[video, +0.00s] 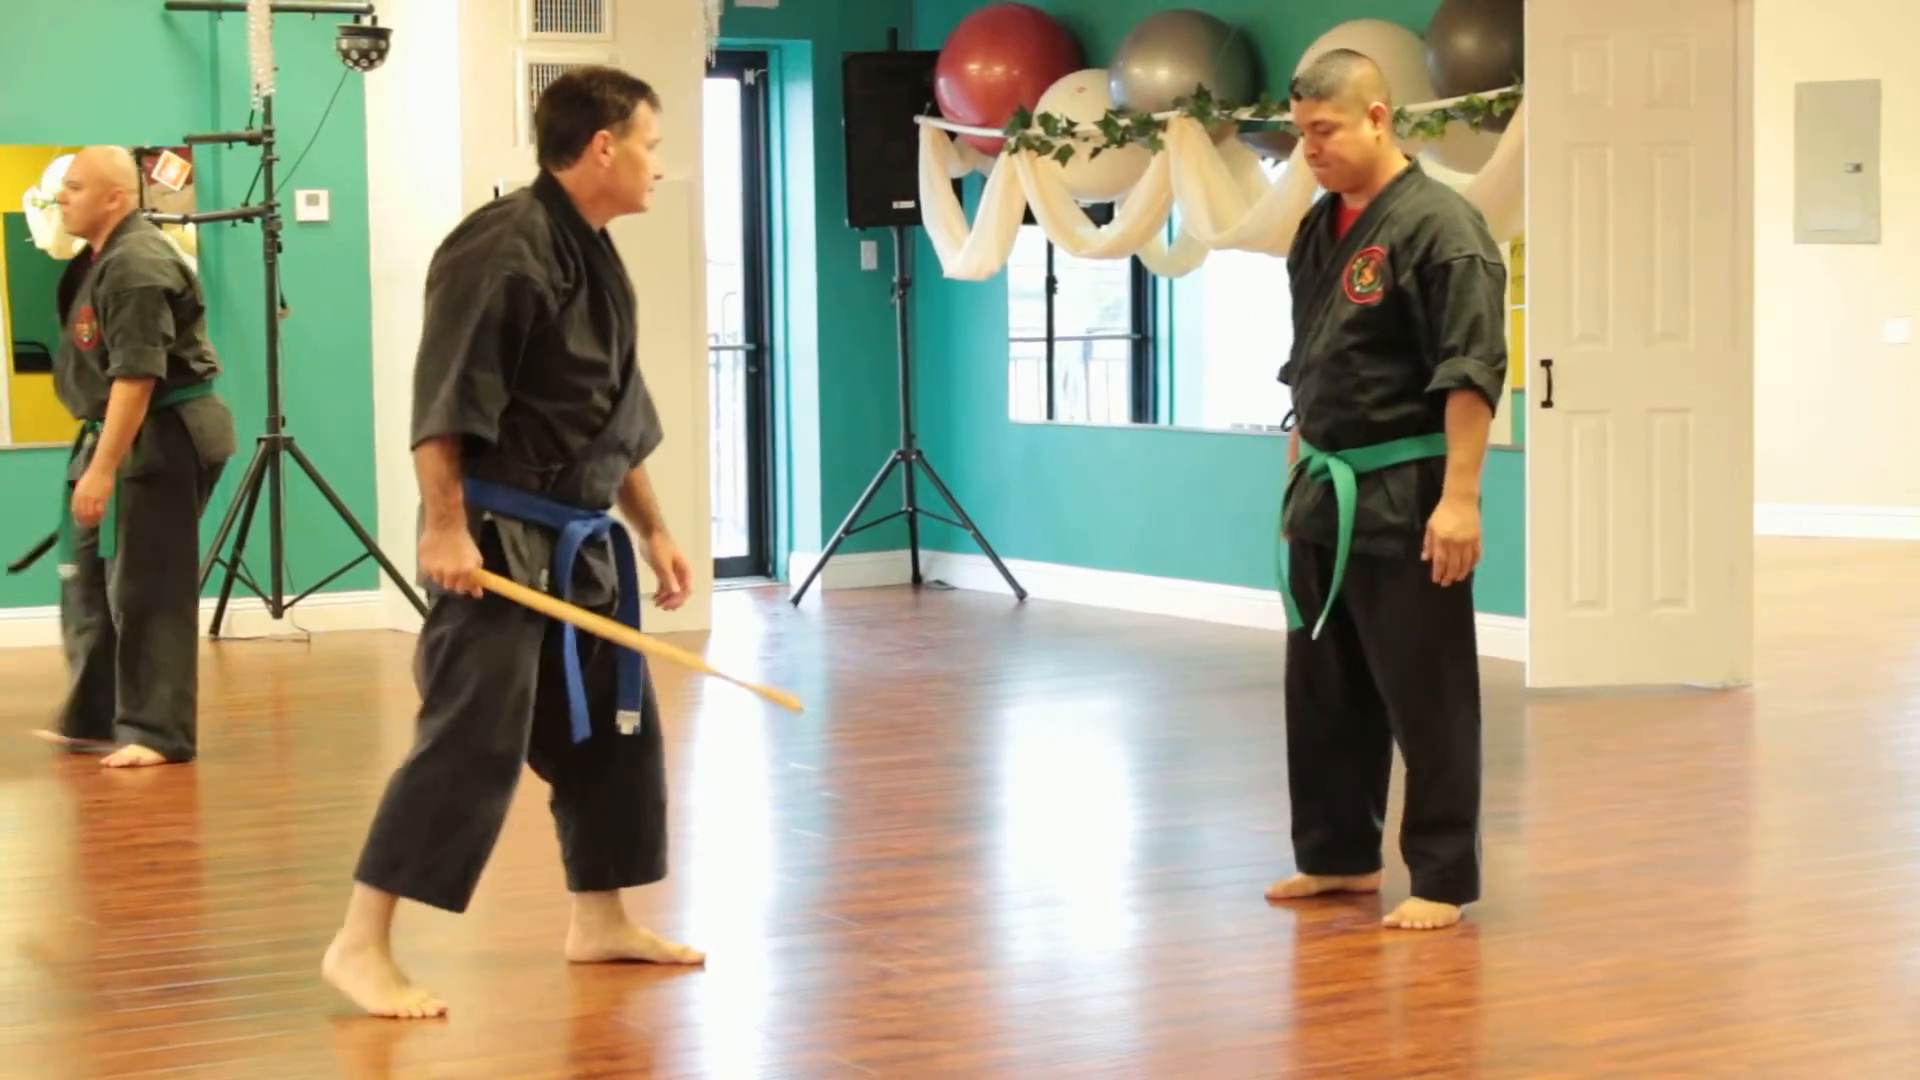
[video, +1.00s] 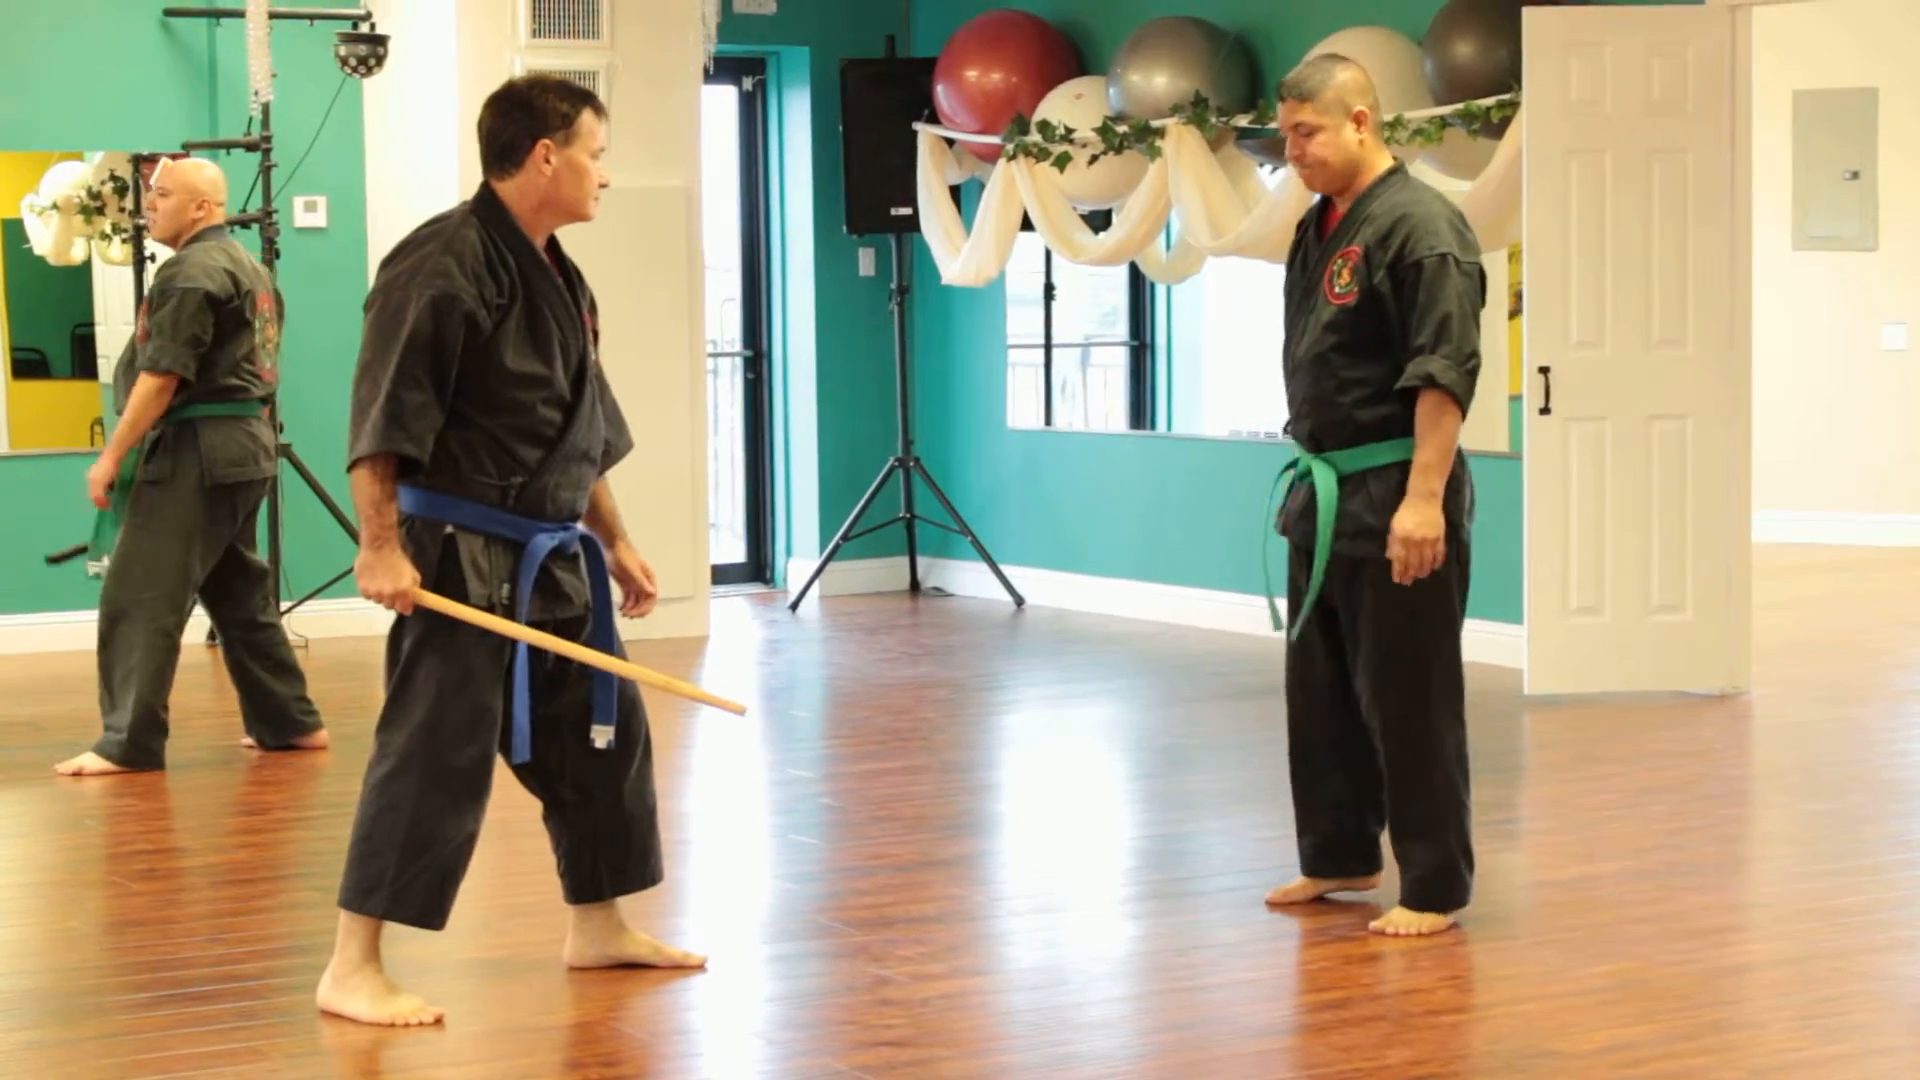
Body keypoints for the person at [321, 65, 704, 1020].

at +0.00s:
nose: (659, 168)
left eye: (657, 149)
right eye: (649, 148)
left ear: (598, 152)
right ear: (598, 148)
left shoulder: (595, 257)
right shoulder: (500, 244)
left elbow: (611, 413)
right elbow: (440, 392)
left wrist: (654, 529)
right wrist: (444, 524)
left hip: (586, 532)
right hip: (497, 527)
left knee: (607, 722)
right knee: (470, 733)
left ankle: (600, 920)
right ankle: (360, 943)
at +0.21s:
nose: (628, 167)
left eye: (625, 151)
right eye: (617, 151)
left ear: (567, 156)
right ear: (569, 154)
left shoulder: (570, 270)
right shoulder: (463, 258)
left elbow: (571, 427)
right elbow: (408, 412)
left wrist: (612, 538)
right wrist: (415, 538)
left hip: (554, 539)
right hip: (462, 535)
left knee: (599, 719)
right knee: (428, 741)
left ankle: (598, 923)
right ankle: (353, 961)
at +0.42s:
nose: (612, 173)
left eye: (611, 155)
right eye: (602, 154)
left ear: (553, 156)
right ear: (552, 156)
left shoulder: (558, 272)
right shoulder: (445, 260)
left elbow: (561, 430)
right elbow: (381, 411)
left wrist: (595, 543)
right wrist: (384, 541)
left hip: (552, 541)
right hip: (459, 540)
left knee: (597, 722)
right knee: (425, 744)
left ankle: (599, 924)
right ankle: (352, 964)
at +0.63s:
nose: (608, 172)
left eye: (606, 154)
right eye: (599, 154)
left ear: (551, 156)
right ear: (549, 156)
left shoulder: (558, 272)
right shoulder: (442, 260)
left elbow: (568, 427)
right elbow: (379, 410)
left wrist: (607, 538)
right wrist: (379, 540)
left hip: (555, 542)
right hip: (460, 541)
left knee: (600, 723)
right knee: (428, 744)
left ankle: (599, 926)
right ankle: (352, 965)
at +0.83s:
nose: (606, 174)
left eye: (605, 156)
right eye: (598, 155)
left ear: (548, 157)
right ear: (547, 156)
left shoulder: (558, 275)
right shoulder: (440, 262)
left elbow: (570, 429)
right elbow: (380, 413)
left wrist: (614, 539)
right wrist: (381, 542)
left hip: (557, 545)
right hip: (461, 543)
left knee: (599, 727)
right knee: (427, 747)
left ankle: (597, 927)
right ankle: (351, 967)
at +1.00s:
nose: (605, 175)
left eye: (605, 156)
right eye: (597, 155)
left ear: (548, 158)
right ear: (545, 156)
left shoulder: (559, 276)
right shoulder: (439, 262)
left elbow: (572, 428)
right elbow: (378, 412)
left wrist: (615, 539)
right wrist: (380, 541)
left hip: (558, 545)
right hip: (461, 543)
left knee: (600, 726)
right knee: (427, 747)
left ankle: (598, 926)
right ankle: (351, 967)